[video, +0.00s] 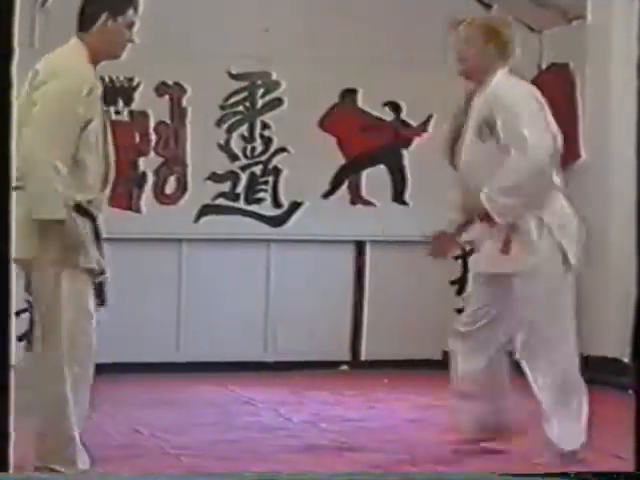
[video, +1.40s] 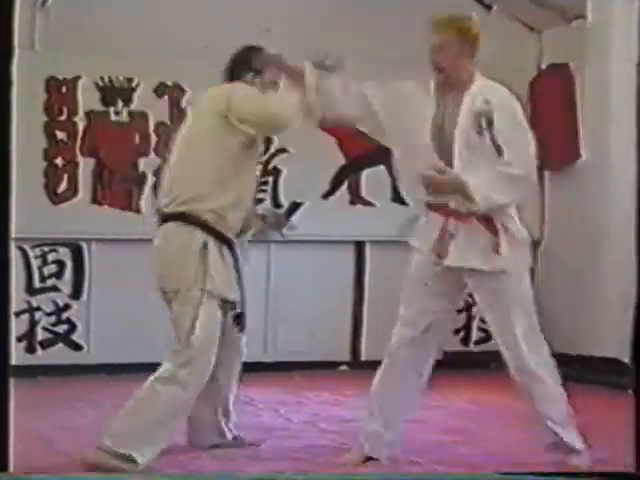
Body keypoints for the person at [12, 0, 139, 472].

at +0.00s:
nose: (133, 36)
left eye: (134, 26)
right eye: (129, 24)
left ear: (99, 22)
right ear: (104, 22)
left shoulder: (66, 69)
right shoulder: (71, 74)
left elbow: (49, 153)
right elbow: (45, 152)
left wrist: (77, 223)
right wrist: (61, 225)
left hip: (58, 227)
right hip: (58, 230)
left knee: (61, 344)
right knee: (67, 346)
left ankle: (57, 449)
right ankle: (60, 454)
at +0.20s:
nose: (143, 47)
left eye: (146, 38)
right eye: (142, 35)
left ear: (113, 28)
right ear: (119, 29)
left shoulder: (98, 84)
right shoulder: (76, 81)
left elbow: (111, 171)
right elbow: (107, 161)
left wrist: (156, 183)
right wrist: (167, 148)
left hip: (103, 226)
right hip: (77, 226)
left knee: (144, 325)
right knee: (102, 334)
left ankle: (129, 434)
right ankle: (63, 450)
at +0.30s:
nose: (148, 57)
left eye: (151, 47)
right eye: (147, 44)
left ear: (122, 37)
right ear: (124, 37)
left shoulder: (105, 90)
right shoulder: (84, 88)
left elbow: (135, 160)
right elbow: (131, 157)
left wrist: (169, 130)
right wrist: (188, 129)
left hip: (115, 232)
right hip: (86, 232)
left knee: (160, 336)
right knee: (114, 343)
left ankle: (184, 435)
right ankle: (64, 452)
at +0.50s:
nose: (168, 57)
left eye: (170, 47)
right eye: (166, 46)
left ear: (136, 42)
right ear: (143, 42)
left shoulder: (128, 93)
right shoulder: (106, 97)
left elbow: (172, 140)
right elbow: (162, 165)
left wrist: (212, 119)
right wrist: (212, 151)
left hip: (154, 236)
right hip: (123, 236)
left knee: (200, 339)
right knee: (142, 352)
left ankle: (217, 442)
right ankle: (68, 459)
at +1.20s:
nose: (224, 81)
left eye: (225, 72)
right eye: (221, 70)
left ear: (195, 64)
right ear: (201, 63)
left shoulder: (173, 105)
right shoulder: (175, 107)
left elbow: (202, 176)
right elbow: (218, 178)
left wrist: (249, 181)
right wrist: (251, 198)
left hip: (176, 249)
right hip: (159, 251)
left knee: (219, 332)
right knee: (175, 363)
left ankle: (231, 428)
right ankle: (108, 455)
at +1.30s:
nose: (240, 84)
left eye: (240, 75)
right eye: (236, 74)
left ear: (203, 70)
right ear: (216, 70)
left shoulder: (174, 103)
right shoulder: (202, 101)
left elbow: (198, 175)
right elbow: (249, 156)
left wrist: (243, 176)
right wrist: (278, 157)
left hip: (183, 248)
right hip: (178, 250)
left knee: (220, 339)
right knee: (182, 361)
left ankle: (217, 429)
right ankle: (112, 454)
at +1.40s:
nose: (275, 90)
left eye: (277, 83)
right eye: (272, 81)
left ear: (240, 78)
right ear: (253, 77)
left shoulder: (223, 117)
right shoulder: (229, 96)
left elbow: (217, 206)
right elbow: (280, 116)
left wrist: (263, 221)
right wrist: (298, 86)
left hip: (212, 243)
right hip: (192, 240)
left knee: (227, 343)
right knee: (196, 352)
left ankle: (211, 430)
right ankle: (119, 448)